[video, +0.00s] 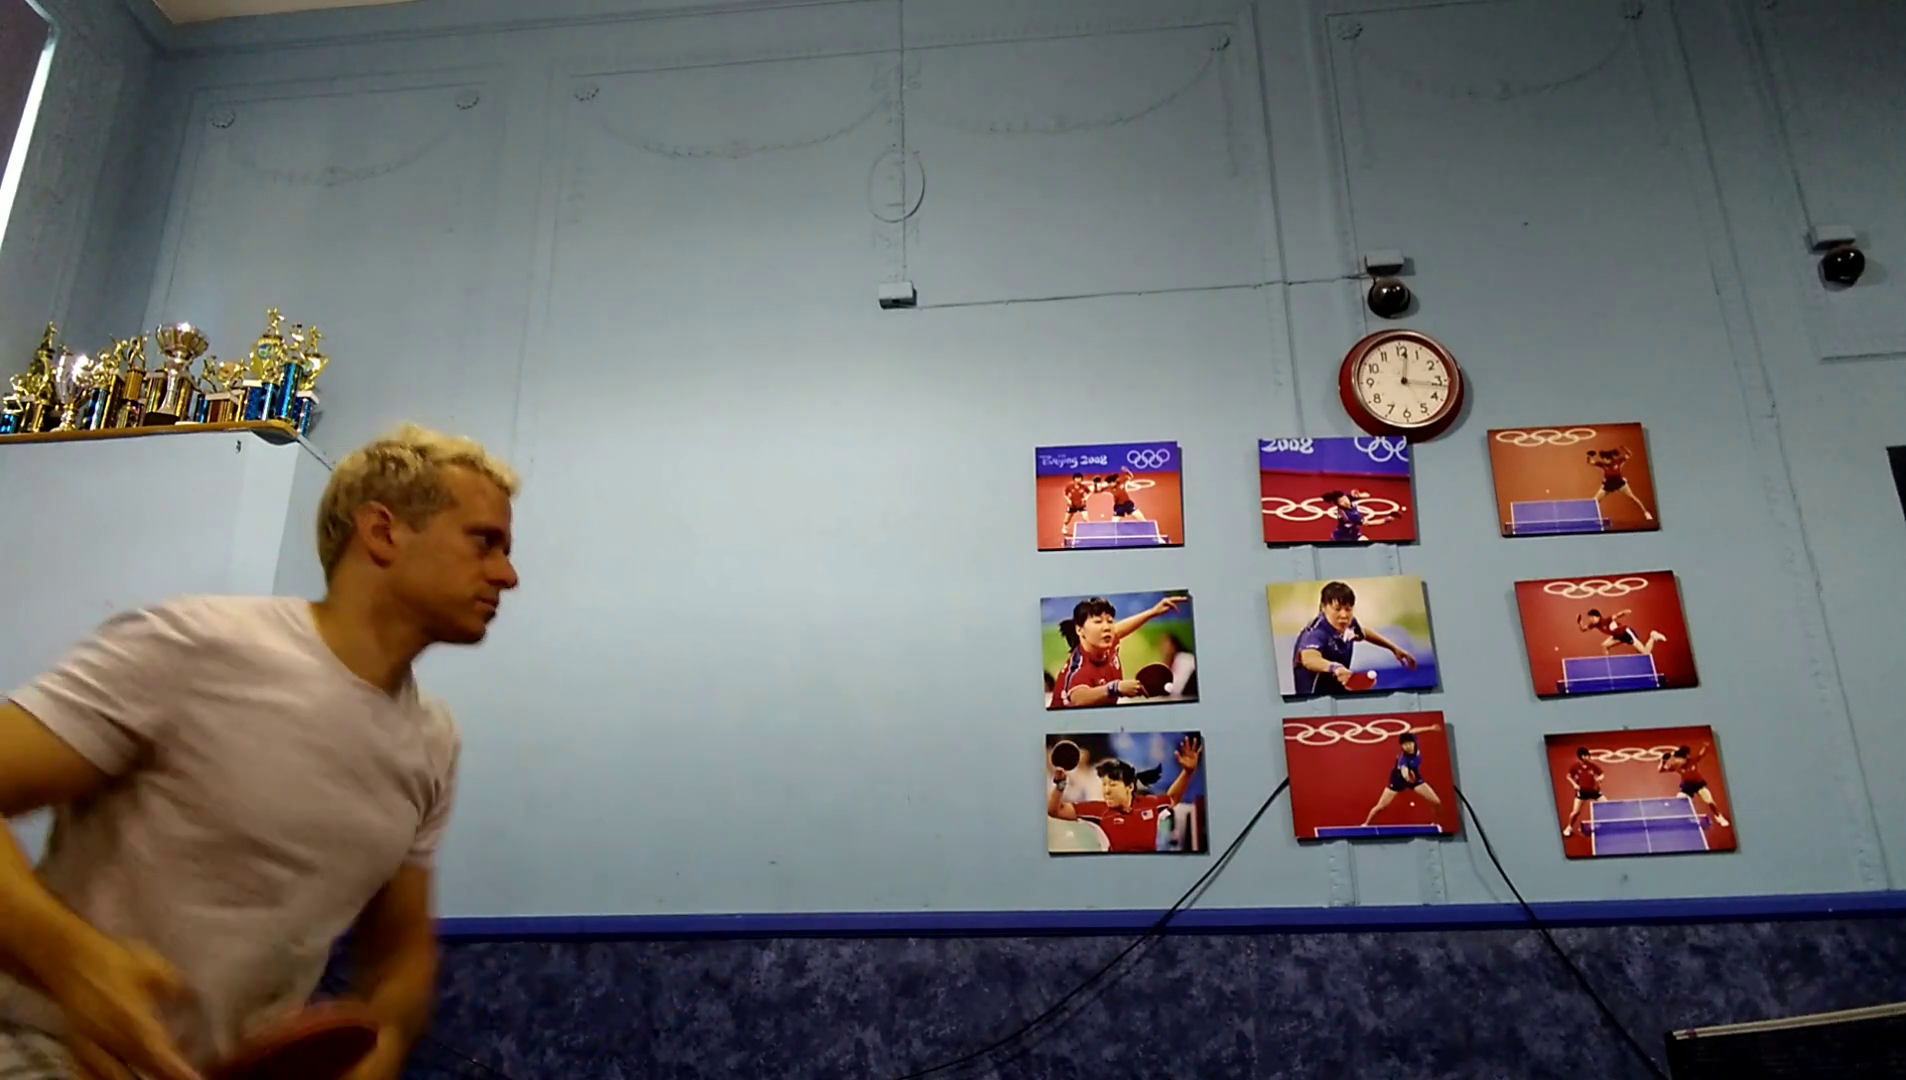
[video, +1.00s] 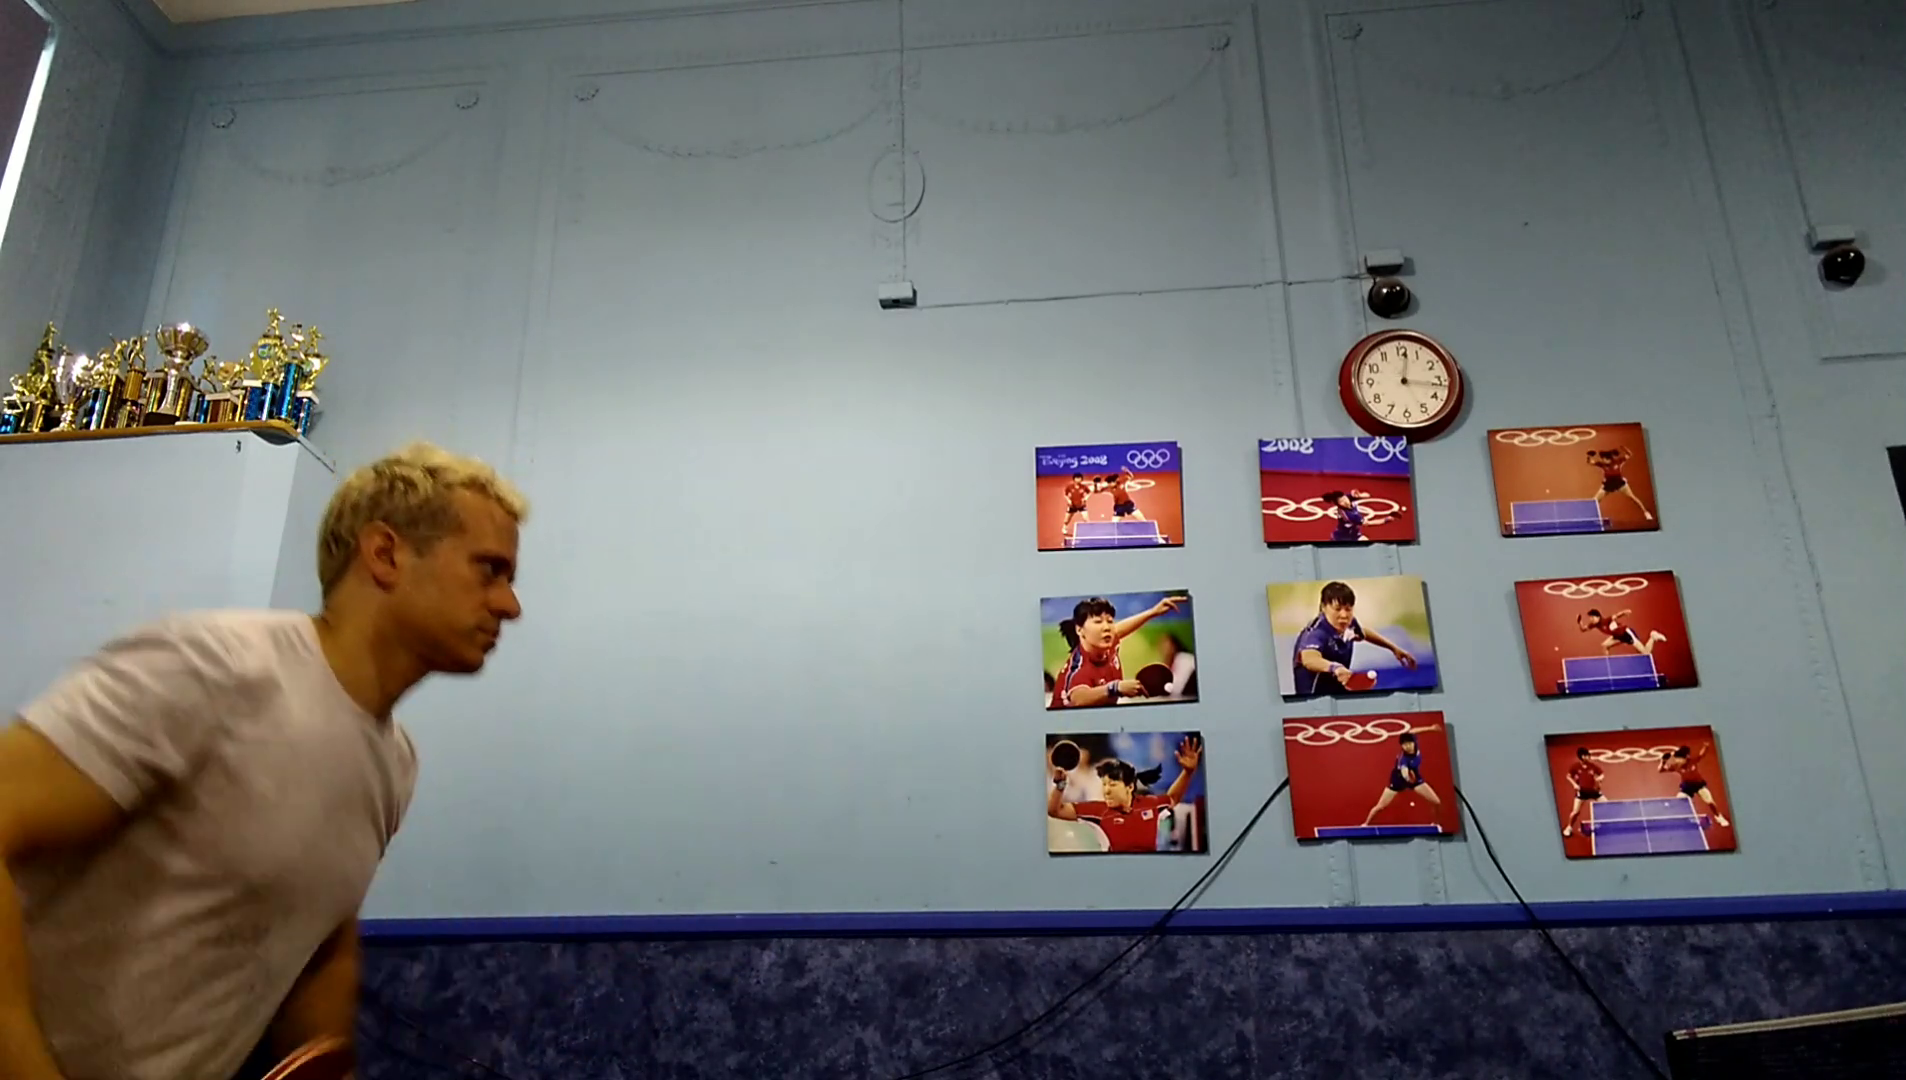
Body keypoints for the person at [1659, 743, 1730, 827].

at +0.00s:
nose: (1679, 762)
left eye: (1681, 759)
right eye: (1677, 760)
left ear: (1686, 757)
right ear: (1676, 759)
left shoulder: (1693, 761)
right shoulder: (1676, 766)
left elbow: (1701, 755)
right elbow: (1661, 770)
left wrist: (1705, 747)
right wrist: (1663, 761)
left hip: (1699, 784)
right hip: (1686, 786)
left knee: (1710, 802)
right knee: (1679, 802)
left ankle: (1718, 816)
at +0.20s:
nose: (1679, 762)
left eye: (1681, 759)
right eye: (1677, 760)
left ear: (1686, 757)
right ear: (1676, 759)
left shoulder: (1693, 761)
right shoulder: (1676, 766)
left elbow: (1701, 755)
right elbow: (1661, 770)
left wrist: (1705, 747)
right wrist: (1663, 761)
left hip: (1699, 784)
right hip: (1686, 786)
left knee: (1710, 802)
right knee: (1679, 803)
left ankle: (1718, 816)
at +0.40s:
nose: (1687, 759)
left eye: (1687, 757)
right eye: (1685, 757)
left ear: (1687, 756)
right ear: (1678, 758)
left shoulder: (1693, 761)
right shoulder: (1676, 766)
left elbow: (1701, 755)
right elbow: (1661, 770)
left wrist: (1705, 747)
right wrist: (1663, 760)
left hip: (1699, 784)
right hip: (1686, 786)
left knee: (1710, 802)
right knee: (1679, 802)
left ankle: (1718, 816)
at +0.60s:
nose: (1678, 762)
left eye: (1680, 759)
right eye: (1677, 760)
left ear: (1686, 757)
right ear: (1676, 759)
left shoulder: (1693, 761)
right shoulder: (1676, 766)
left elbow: (1701, 755)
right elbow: (1661, 770)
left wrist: (1705, 747)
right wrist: (1663, 761)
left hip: (1699, 784)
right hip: (1686, 786)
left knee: (1710, 802)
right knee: (1679, 803)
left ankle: (1718, 816)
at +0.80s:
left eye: (1687, 756)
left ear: (1687, 757)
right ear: (1677, 758)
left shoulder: (1693, 761)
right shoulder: (1676, 766)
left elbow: (1701, 755)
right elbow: (1661, 770)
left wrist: (1705, 747)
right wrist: (1663, 760)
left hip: (1699, 784)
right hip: (1686, 786)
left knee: (1710, 802)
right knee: (1678, 802)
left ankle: (1718, 816)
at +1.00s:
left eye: (1687, 756)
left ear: (1687, 757)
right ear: (1677, 758)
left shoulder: (1693, 761)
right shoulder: (1676, 766)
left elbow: (1701, 755)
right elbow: (1661, 770)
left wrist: (1705, 747)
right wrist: (1663, 760)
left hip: (1699, 784)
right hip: (1686, 786)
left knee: (1710, 802)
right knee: (1678, 802)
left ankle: (1718, 816)